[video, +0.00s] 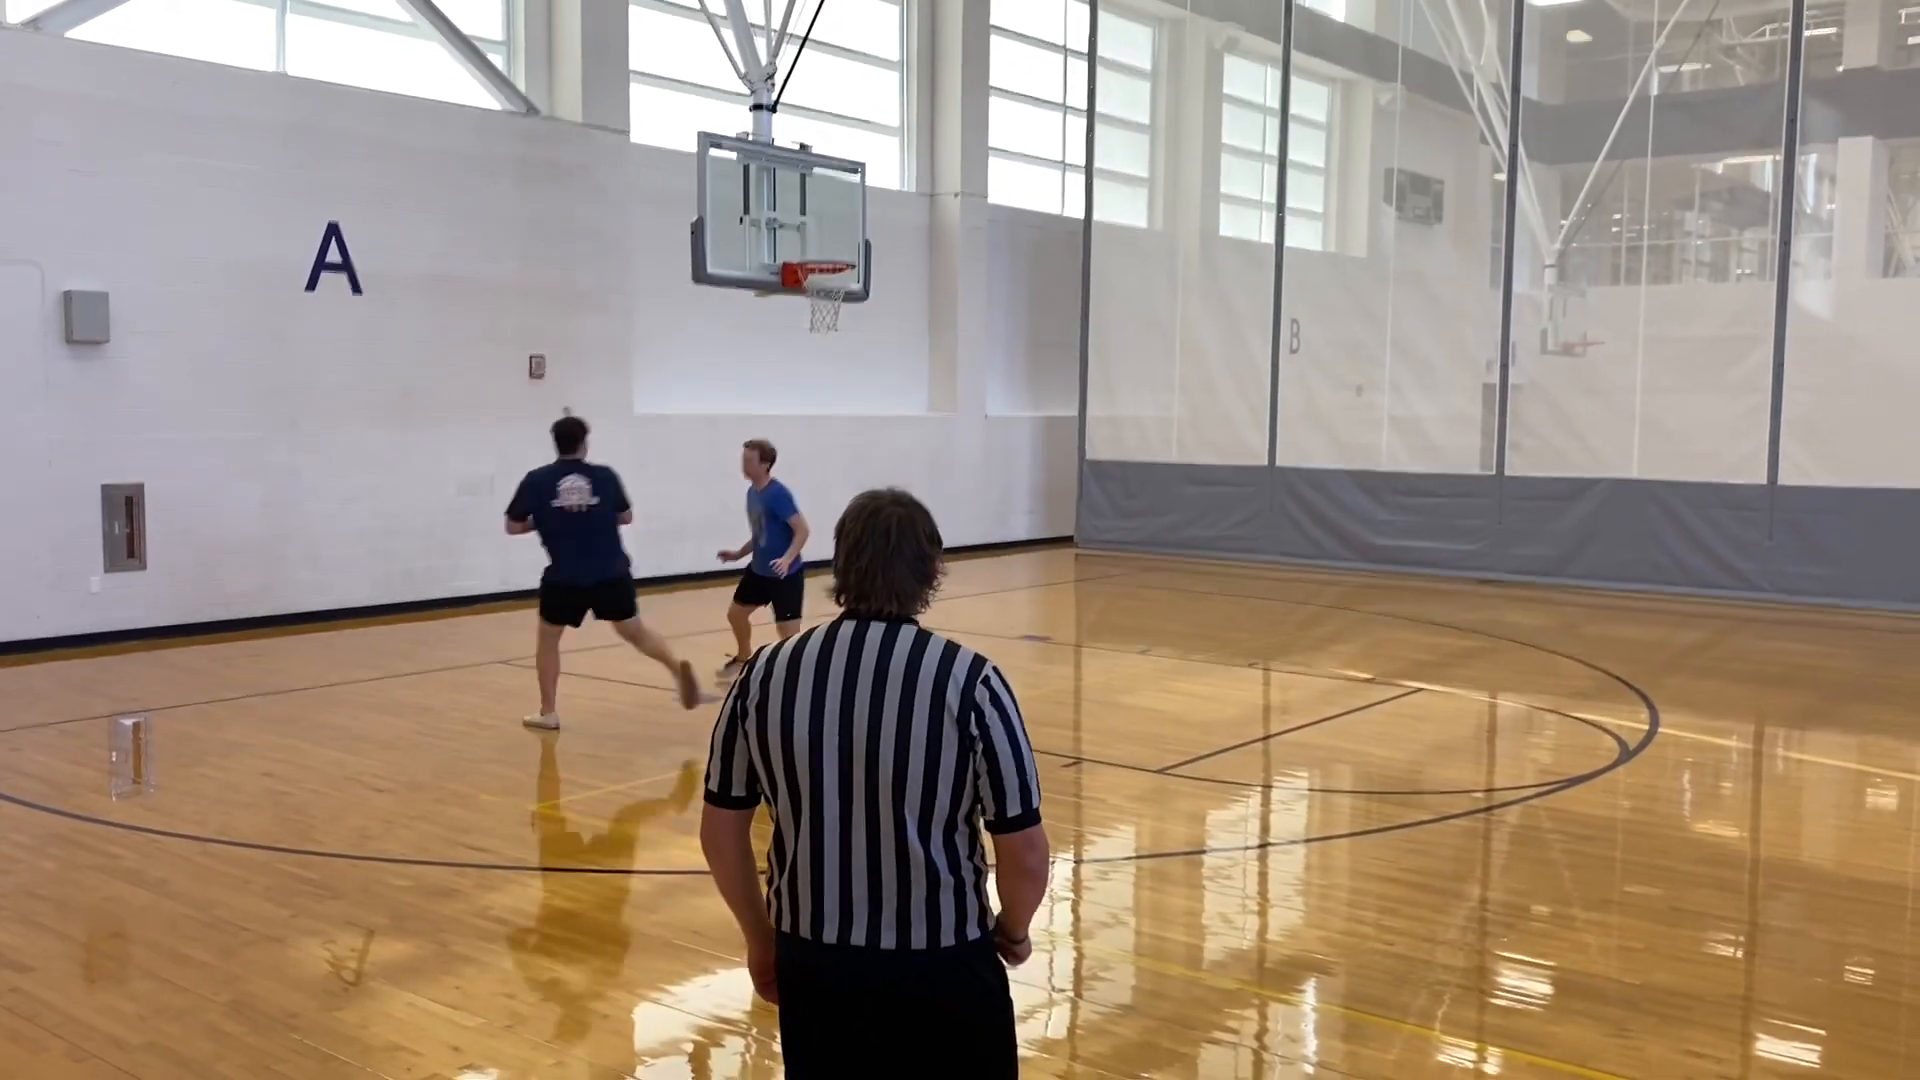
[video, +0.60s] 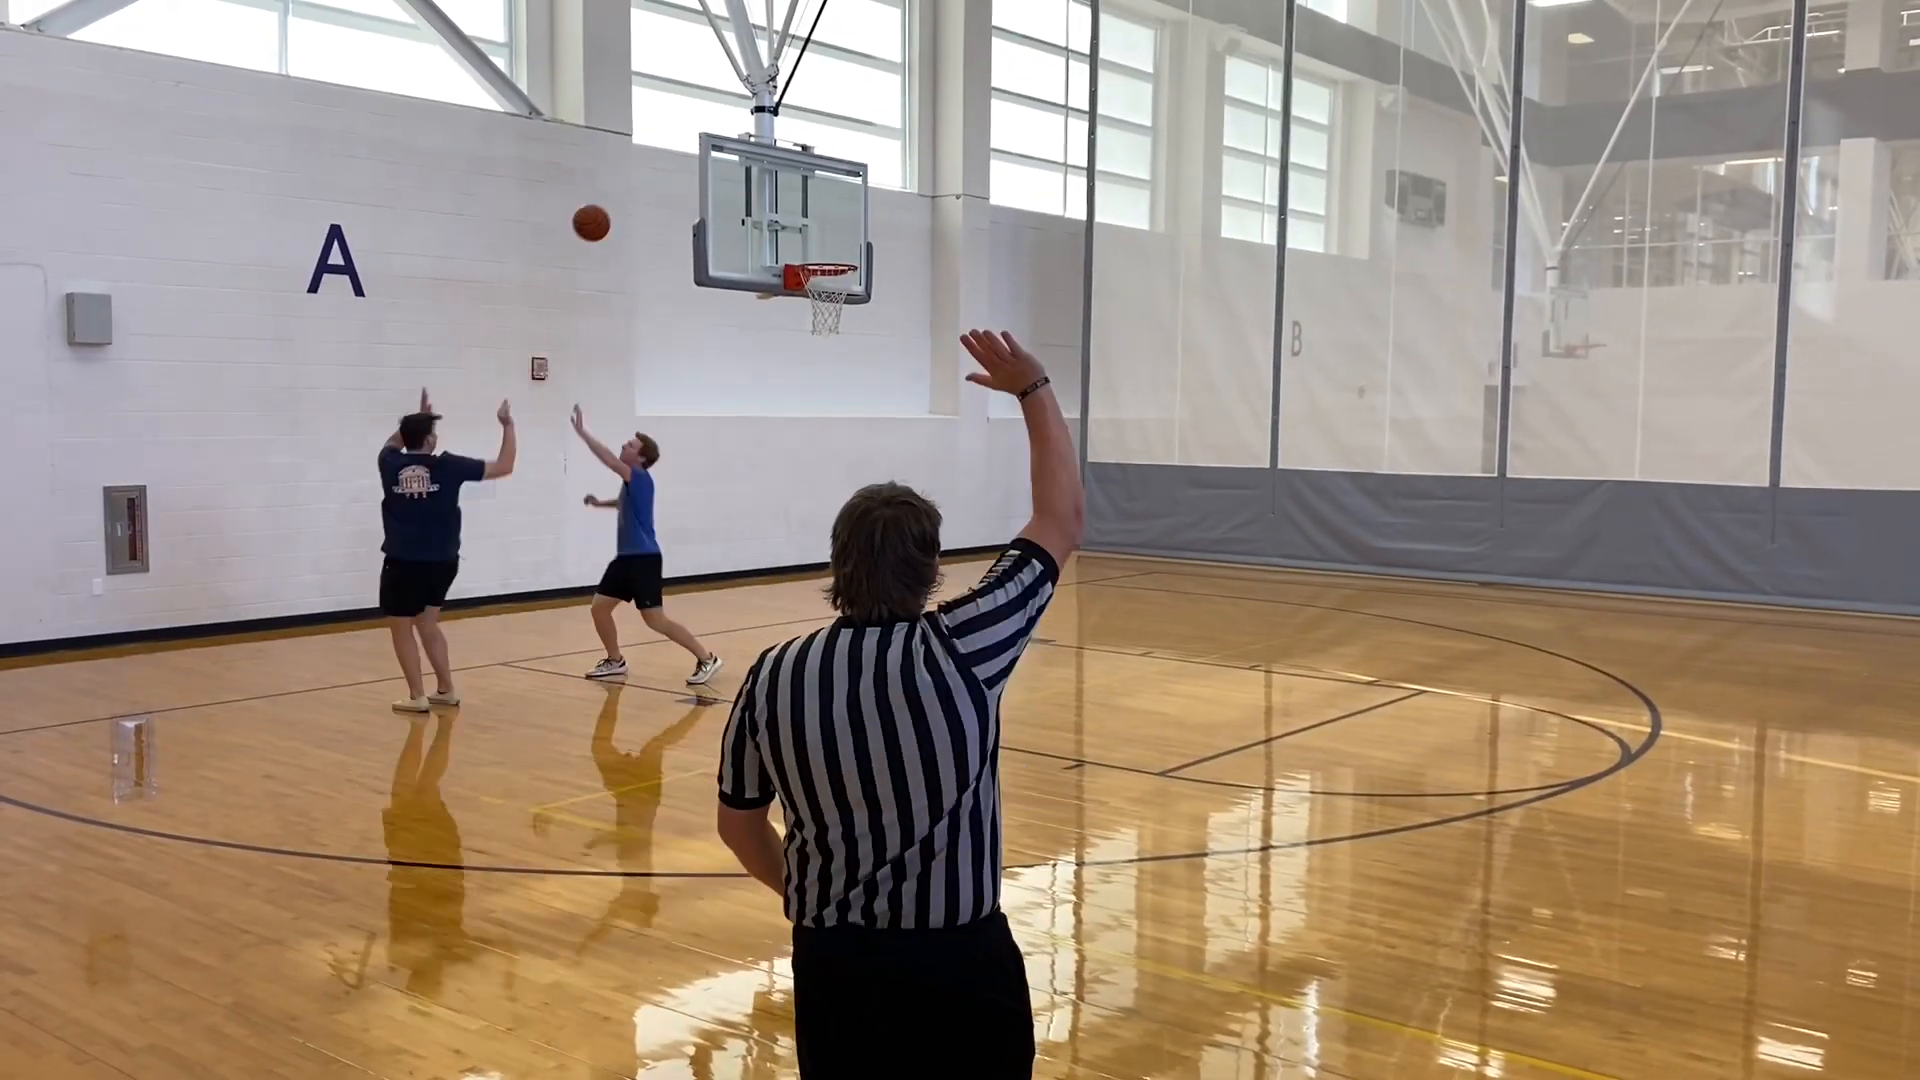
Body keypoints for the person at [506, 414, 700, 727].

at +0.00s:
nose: (587, 445)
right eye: (586, 441)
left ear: (556, 444)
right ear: (585, 443)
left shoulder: (537, 480)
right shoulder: (604, 475)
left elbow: (513, 526)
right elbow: (625, 516)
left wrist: (546, 518)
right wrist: (591, 515)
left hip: (565, 578)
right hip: (611, 574)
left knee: (548, 640)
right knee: (635, 630)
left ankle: (548, 713)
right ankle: (677, 666)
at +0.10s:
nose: (560, 432)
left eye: (558, 428)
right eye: (558, 428)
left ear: (524, 434)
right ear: (552, 433)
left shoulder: (508, 461)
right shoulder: (568, 459)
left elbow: (499, 468)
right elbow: (610, 470)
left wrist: (540, 448)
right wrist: (577, 445)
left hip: (534, 564)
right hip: (577, 556)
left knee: (536, 641)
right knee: (584, 591)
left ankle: (546, 716)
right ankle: (602, 624)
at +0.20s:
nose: (537, 410)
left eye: (533, 405)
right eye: (534, 404)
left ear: (501, 407)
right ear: (529, 407)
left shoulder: (486, 430)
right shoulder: (544, 433)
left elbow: (499, 411)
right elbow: (590, 421)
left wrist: (522, 386)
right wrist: (560, 391)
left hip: (507, 536)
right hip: (548, 528)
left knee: (522, 618)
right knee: (543, 555)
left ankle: (531, 693)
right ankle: (547, 606)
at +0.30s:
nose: (511, 393)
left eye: (508, 387)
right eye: (509, 388)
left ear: (478, 393)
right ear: (503, 392)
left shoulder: (462, 414)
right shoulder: (522, 417)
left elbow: (481, 388)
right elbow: (569, 401)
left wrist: (504, 361)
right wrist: (541, 371)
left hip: (481, 520)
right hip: (522, 518)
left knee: (490, 599)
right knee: (503, 558)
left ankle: (511, 663)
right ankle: (506, 625)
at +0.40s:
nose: (488, 391)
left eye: (485, 387)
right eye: (485, 387)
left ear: (454, 391)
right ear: (479, 392)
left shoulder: (439, 412)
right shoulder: (497, 415)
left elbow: (458, 382)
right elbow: (542, 389)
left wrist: (482, 353)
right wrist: (530, 343)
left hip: (453, 519)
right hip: (494, 517)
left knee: (459, 595)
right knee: (477, 578)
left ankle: (475, 664)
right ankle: (475, 650)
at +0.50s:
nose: (463, 406)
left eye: (460, 403)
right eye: (461, 403)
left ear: (430, 408)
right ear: (456, 409)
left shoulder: (415, 429)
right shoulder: (473, 432)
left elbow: (432, 401)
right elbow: (516, 407)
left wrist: (457, 374)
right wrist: (515, 367)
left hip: (428, 532)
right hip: (468, 531)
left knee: (430, 606)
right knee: (454, 597)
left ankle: (431, 680)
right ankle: (453, 668)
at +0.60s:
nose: (437, 438)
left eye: (434, 434)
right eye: (435, 435)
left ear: (404, 439)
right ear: (430, 440)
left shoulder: (390, 464)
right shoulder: (449, 465)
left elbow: (394, 442)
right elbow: (504, 467)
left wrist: (418, 421)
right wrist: (509, 425)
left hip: (402, 560)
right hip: (442, 559)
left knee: (401, 627)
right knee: (428, 622)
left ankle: (417, 697)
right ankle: (446, 690)